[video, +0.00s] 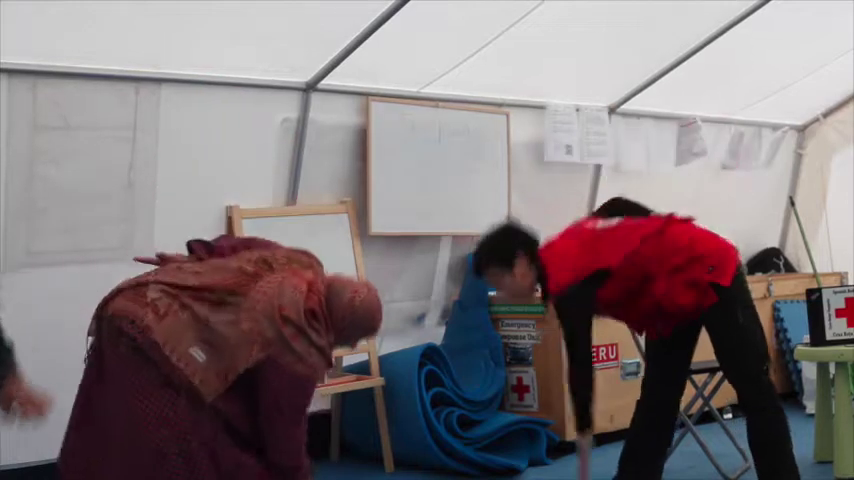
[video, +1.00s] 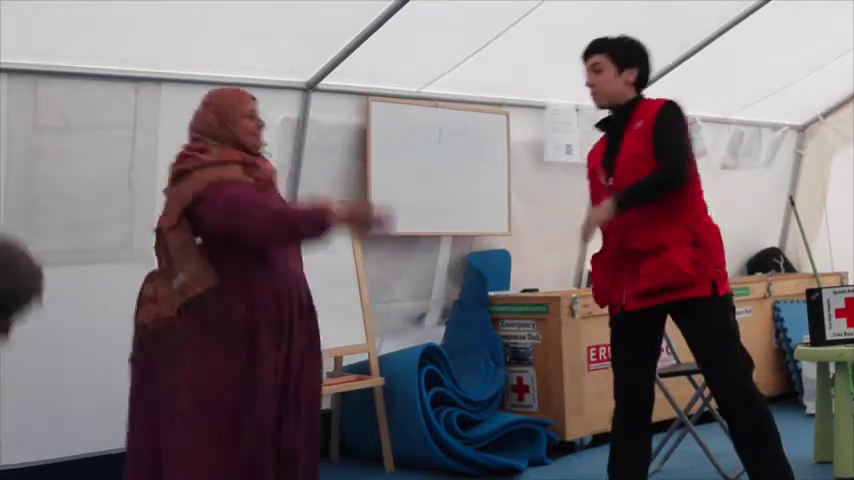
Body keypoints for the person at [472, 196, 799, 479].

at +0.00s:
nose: (500, 292)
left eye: (499, 282)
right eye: (494, 285)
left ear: (521, 265)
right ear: (522, 262)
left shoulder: (567, 277)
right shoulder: (561, 250)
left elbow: (580, 362)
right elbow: (616, 205)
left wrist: (584, 440)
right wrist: (665, 227)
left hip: (714, 276)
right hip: (671, 294)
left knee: (755, 390)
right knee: (656, 403)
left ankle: (780, 474)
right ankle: (635, 476)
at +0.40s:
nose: (500, 299)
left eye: (499, 289)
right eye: (495, 292)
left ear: (521, 273)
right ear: (522, 268)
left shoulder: (569, 284)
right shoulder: (561, 253)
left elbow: (583, 363)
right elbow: (609, 212)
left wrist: (581, 435)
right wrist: (654, 220)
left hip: (711, 270)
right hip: (665, 292)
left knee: (753, 387)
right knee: (655, 402)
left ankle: (783, 474)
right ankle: (635, 476)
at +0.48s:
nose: (498, 266)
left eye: (497, 254)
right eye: (492, 258)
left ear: (519, 239)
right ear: (520, 238)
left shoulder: (568, 252)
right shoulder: (558, 244)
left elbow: (576, 342)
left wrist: (564, 406)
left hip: (712, 272)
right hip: (667, 292)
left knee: (753, 387)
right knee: (653, 402)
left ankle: (783, 473)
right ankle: (633, 475)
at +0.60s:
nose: (501, 198)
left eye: (506, 187)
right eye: (498, 190)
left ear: (534, 178)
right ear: (531, 181)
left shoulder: (574, 210)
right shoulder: (560, 211)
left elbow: (576, 291)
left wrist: (552, 342)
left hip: (708, 271)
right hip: (658, 290)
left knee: (750, 388)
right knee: (649, 403)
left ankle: (781, 474)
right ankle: (631, 475)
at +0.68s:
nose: (514, 154)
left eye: (521, 143)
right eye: (512, 145)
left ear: (551, 142)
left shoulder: (585, 175)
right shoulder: (565, 191)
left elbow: (584, 252)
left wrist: (550, 301)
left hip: (702, 272)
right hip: (654, 289)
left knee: (746, 390)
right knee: (645, 404)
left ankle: (777, 471)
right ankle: (631, 472)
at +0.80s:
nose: (543, 110)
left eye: (550, 99)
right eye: (541, 102)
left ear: (582, 98)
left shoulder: (612, 137)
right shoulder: (581, 156)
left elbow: (611, 204)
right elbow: (611, 220)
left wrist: (561, 248)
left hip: (693, 268)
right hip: (644, 281)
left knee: (737, 384)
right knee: (638, 395)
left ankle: (775, 474)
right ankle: (630, 474)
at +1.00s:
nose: (588, 81)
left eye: (597, 70)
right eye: (587, 73)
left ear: (629, 75)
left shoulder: (663, 113)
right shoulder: (599, 153)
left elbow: (674, 174)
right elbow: (610, 225)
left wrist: (615, 203)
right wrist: (606, 279)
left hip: (688, 269)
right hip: (631, 282)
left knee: (733, 388)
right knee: (631, 404)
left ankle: (773, 475)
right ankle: (625, 477)